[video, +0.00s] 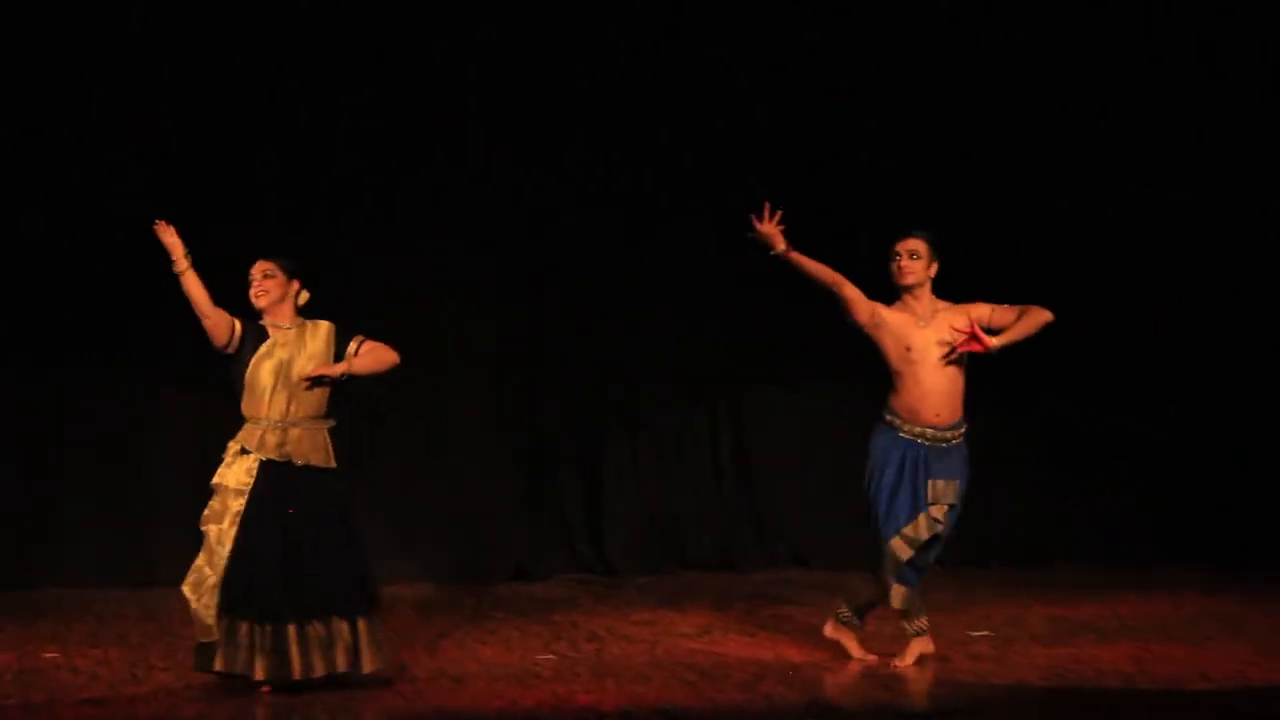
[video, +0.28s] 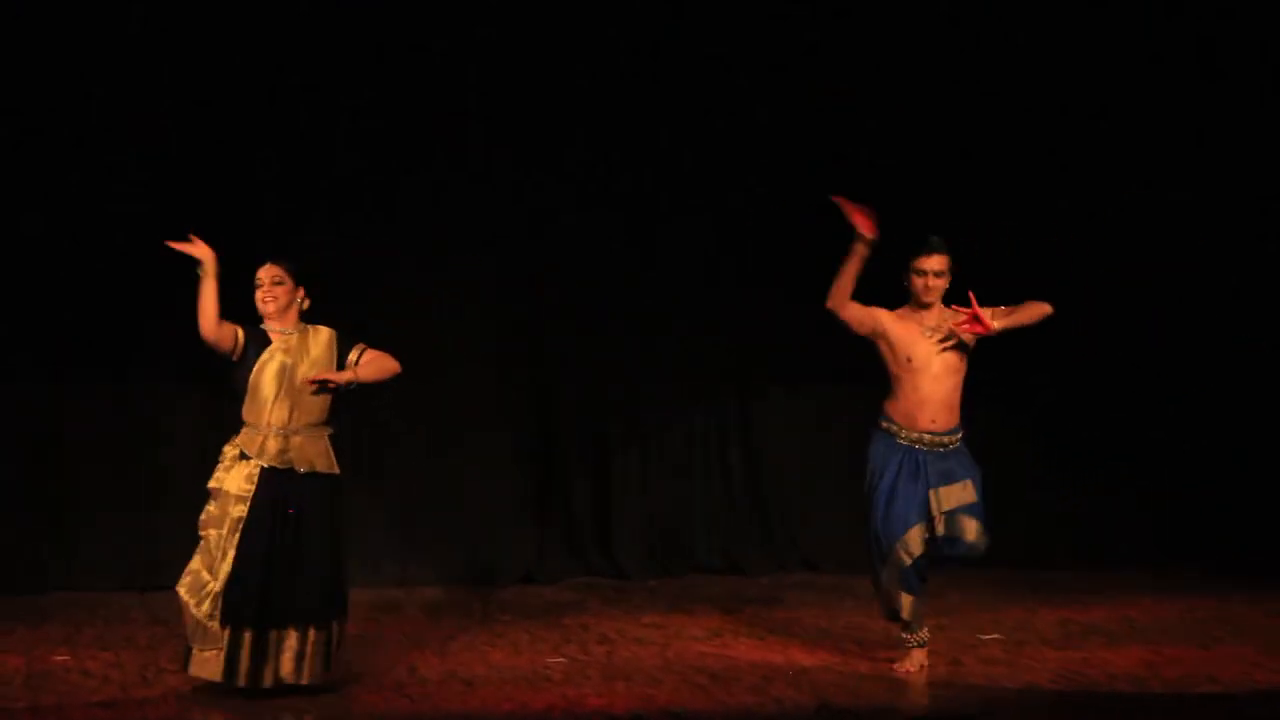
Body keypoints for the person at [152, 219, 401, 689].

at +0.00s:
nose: (256, 286)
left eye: (267, 277)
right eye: (253, 281)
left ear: (296, 288)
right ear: (252, 295)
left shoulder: (324, 336)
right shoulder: (246, 338)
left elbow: (388, 356)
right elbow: (208, 313)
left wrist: (337, 369)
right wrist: (181, 262)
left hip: (310, 466)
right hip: (256, 465)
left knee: (315, 560)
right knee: (258, 563)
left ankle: (318, 662)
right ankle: (266, 667)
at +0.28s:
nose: (266, 292)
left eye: (276, 284)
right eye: (260, 286)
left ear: (301, 296)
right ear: (254, 298)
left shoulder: (325, 342)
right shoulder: (249, 341)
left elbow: (389, 365)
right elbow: (211, 329)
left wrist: (346, 375)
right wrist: (209, 265)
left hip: (309, 470)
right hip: (254, 467)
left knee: (307, 566)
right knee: (248, 564)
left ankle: (299, 666)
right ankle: (244, 667)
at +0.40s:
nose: (274, 296)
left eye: (284, 288)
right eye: (267, 288)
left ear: (303, 295)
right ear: (258, 297)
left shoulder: (325, 343)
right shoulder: (250, 341)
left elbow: (388, 372)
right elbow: (204, 369)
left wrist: (352, 385)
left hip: (304, 472)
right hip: (249, 467)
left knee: (302, 569)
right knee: (240, 563)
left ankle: (290, 671)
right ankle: (233, 669)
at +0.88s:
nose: (313, 291)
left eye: (314, 285)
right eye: (304, 284)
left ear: (309, 295)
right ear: (275, 292)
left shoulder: (325, 346)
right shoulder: (250, 336)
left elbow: (365, 388)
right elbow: (223, 292)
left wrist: (391, 380)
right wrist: (269, 263)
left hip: (311, 461)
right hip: (256, 461)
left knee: (326, 560)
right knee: (261, 565)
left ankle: (327, 669)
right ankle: (261, 673)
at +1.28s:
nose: (289, 297)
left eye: (299, 288)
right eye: (280, 289)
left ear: (320, 299)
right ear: (268, 299)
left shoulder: (335, 348)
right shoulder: (257, 345)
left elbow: (391, 384)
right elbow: (216, 321)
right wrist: (270, 312)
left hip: (317, 467)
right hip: (260, 466)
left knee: (328, 566)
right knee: (261, 567)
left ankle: (333, 673)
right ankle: (266, 672)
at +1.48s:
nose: (280, 298)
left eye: (290, 290)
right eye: (275, 291)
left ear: (314, 296)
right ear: (269, 297)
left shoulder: (339, 346)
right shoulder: (259, 342)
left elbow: (384, 406)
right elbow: (201, 380)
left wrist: (372, 468)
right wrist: (244, 373)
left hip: (323, 470)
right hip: (267, 470)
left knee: (328, 569)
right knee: (269, 571)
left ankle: (329, 675)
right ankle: (276, 674)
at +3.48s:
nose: (361, 294)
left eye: (366, 287)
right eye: (351, 287)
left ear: (372, 295)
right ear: (327, 295)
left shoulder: (385, 345)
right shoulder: (306, 340)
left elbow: (427, 408)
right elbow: (242, 362)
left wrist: (424, 469)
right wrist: (288, 371)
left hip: (371, 472)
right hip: (315, 471)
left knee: (375, 569)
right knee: (315, 571)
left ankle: (376, 675)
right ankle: (314, 674)